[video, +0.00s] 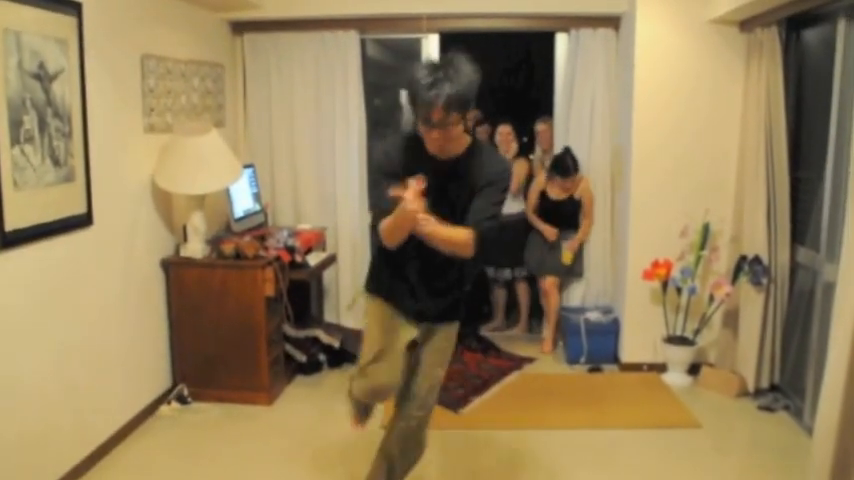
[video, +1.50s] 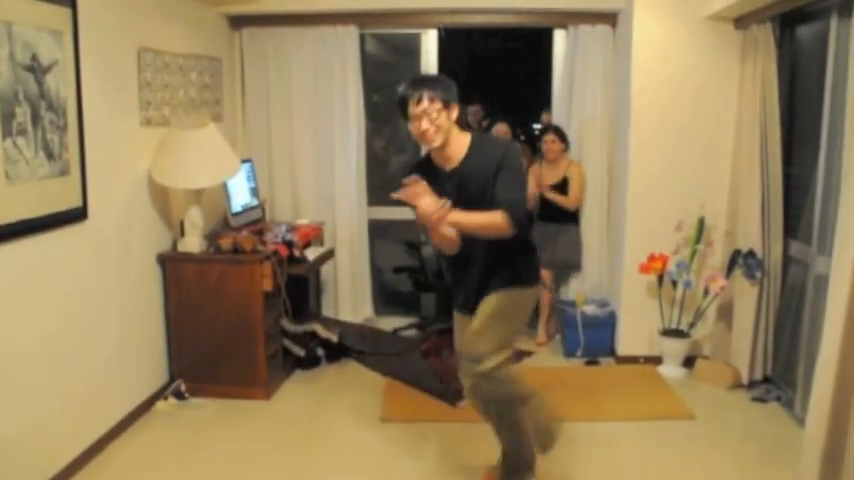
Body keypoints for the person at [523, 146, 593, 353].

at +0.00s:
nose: (567, 185)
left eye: (570, 180)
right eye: (563, 181)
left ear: (576, 175)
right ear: (553, 176)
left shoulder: (583, 187)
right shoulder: (541, 182)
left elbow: (587, 219)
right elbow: (529, 211)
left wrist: (575, 242)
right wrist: (544, 228)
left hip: (568, 234)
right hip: (542, 231)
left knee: (550, 283)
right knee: (543, 284)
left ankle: (549, 333)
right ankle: (551, 329)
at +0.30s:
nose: (565, 213)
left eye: (569, 210)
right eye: (562, 209)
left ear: (576, 204)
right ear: (555, 198)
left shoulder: (580, 208)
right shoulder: (542, 194)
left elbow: (582, 238)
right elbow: (526, 220)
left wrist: (583, 273)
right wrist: (540, 244)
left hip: (565, 240)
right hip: (538, 237)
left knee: (548, 284)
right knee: (540, 286)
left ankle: (551, 333)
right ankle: (550, 328)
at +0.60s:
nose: (563, 221)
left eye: (568, 218)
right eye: (561, 216)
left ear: (575, 212)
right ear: (553, 206)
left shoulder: (579, 215)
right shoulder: (541, 199)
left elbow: (581, 247)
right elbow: (524, 224)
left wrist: (583, 280)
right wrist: (538, 251)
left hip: (563, 240)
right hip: (538, 237)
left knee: (547, 282)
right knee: (538, 285)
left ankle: (550, 331)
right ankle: (549, 327)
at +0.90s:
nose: (563, 194)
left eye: (567, 188)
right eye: (559, 188)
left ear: (573, 186)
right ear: (550, 187)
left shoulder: (579, 197)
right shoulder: (539, 194)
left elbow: (582, 222)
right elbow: (532, 223)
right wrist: (538, 236)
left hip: (563, 235)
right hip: (541, 233)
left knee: (548, 279)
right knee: (539, 281)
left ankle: (550, 329)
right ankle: (550, 325)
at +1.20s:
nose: (554, 154)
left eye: (559, 149)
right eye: (550, 150)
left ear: (568, 152)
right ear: (545, 153)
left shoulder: (576, 173)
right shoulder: (539, 173)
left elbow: (578, 209)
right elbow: (533, 203)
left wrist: (563, 194)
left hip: (564, 229)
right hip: (542, 227)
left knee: (548, 278)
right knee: (544, 279)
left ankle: (549, 329)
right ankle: (550, 327)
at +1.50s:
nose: (548, 147)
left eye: (553, 142)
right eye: (545, 142)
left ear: (563, 146)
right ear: (540, 146)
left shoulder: (573, 168)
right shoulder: (536, 169)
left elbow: (573, 203)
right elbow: (530, 202)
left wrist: (547, 192)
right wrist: (533, 189)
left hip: (565, 227)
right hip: (542, 226)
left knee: (546, 275)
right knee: (548, 279)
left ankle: (543, 325)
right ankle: (553, 321)